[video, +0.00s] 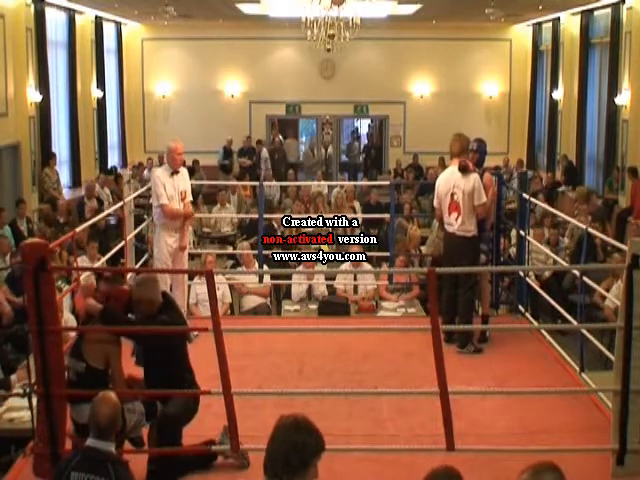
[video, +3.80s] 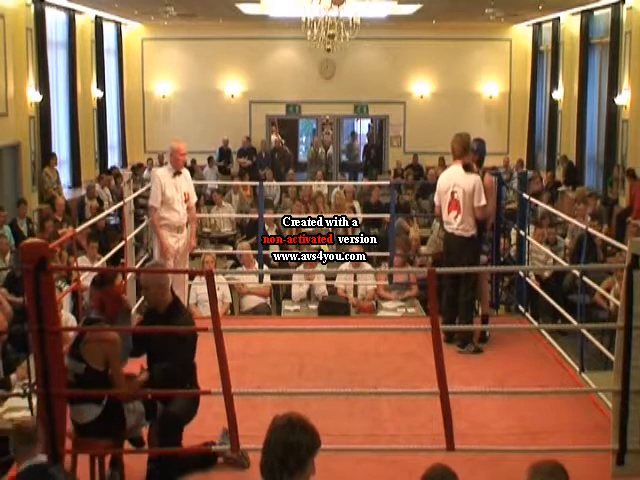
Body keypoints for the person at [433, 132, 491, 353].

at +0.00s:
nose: (467, 155)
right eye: (468, 151)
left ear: (449, 152)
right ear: (468, 152)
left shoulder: (442, 178)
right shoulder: (473, 178)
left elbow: (438, 212)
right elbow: (481, 211)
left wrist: (447, 226)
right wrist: (491, 193)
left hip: (449, 235)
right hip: (468, 236)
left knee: (449, 282)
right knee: (467, 285)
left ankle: (448, 328)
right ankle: (465, 336)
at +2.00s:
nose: (470, 155)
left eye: (464, 151)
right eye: (470, 152)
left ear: (452, 153)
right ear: (469, 153)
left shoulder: (443, 176)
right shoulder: (474, 177)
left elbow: (438, 206)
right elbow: (483, 209)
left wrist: (446, 224)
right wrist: (486, 184)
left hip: (450, 235)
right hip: (469, 236)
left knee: (450, 283)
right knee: (468, 285)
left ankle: (448, 327)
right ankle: (464, 335)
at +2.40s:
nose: (470, 154)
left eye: (463, 150)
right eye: (470, 151)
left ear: (452, 152)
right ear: (469, 152)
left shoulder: (443, 176)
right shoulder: (474, 176)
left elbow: (438, 205)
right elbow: (484, 205)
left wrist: (446, 224)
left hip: (450, 235)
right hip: (469, 236)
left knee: (449, 282)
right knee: (468, 284)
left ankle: (448, 327)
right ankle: (464, 334)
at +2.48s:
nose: (470, 154)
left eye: (463, 150)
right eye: (470, 151)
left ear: (452, 152)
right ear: (469, 151)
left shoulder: (443, 176)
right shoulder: (473, 175)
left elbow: (438, 205)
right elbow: (484, 203)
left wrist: (446, 224)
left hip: (450, 235)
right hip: (469, 236)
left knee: (449, 282)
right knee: (468, 284)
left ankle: (448, 327)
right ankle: (464, 334)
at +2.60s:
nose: (469, 154)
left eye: (465, 150)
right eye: (469, 151)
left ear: (452, 152)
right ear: (469, 152)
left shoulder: (443, 176)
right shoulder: (473, 175)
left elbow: (438, 205)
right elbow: (485, 197)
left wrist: (446, 225)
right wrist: (478, 174)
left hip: (450, 235)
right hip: (468, 236)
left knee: (449, 283)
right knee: (467, 284)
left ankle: (449, 327)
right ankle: (464, 334)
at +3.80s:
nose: (466, 154)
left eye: (455, 150)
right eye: (468, 150)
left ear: (452, 151)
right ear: (470, 152)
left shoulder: (443, 177)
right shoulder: (474, 179)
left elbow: (438, 210)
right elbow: (480, 212)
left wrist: (451, 217)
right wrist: (489, 204)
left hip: (449, 235)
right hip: (468, 236)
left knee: (450, 282)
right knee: (467, 284)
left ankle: (448, 327)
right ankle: (465, 335)